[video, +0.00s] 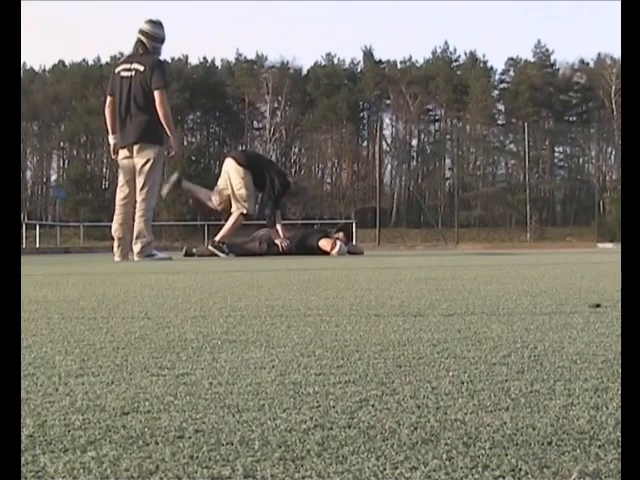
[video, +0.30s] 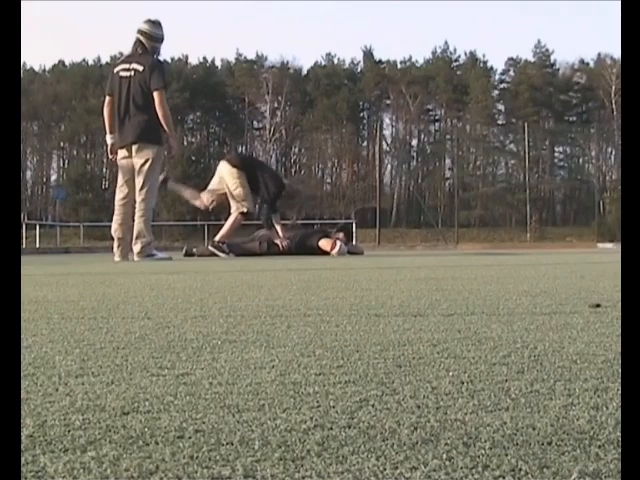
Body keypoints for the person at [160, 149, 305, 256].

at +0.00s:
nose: (286, 196)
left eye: (288, 194)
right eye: (288, 194)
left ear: (286, 182)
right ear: (288, 188)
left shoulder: (277, 180)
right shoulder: (277, 182)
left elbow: (277, 210)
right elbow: (268, 213)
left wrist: (282, 235)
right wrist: (277, 238)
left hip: (231, 161)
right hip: (239, 166)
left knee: (217, 203)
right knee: (241, 210)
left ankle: (182, 183)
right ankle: (218, 242)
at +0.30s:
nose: (293, 211)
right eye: (295, 208)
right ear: (289, 198)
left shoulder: (272, 186)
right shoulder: (275, 185)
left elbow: (271, 213)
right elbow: (265, 216)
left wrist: (280, 235)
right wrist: (279, 238)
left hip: (226, 165)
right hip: (234, 169)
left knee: (204, 202)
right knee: (240, 211)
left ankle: (168, 183)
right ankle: (217, 242)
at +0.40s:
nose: (277, 205)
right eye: (279, 203)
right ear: (278, 198)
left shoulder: (266, 189)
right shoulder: (267, 192)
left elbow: (267, 215)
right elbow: (261, 221)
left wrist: (279, 234)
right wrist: (276, 238)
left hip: (217, 170)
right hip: (226, 174)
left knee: (206, 214)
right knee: (238, 213)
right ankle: (216, 245)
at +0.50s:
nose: (262, 209)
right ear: (270, 199)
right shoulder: (261, 193)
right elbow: (263, 223)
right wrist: (272, 238)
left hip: (205, 173)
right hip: (218, 176)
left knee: (210, 218)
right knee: (233, 212)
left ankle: (176, 223)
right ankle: (216, 245)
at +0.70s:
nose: (250, 149)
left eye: (251, 146)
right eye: (249, 145)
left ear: (237, 137)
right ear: (243, 141)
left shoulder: (222, 143)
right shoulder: (232, 147)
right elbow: (245, 182)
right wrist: (263, 207)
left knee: (205, 214)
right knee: (221, 211)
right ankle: (214, 247)